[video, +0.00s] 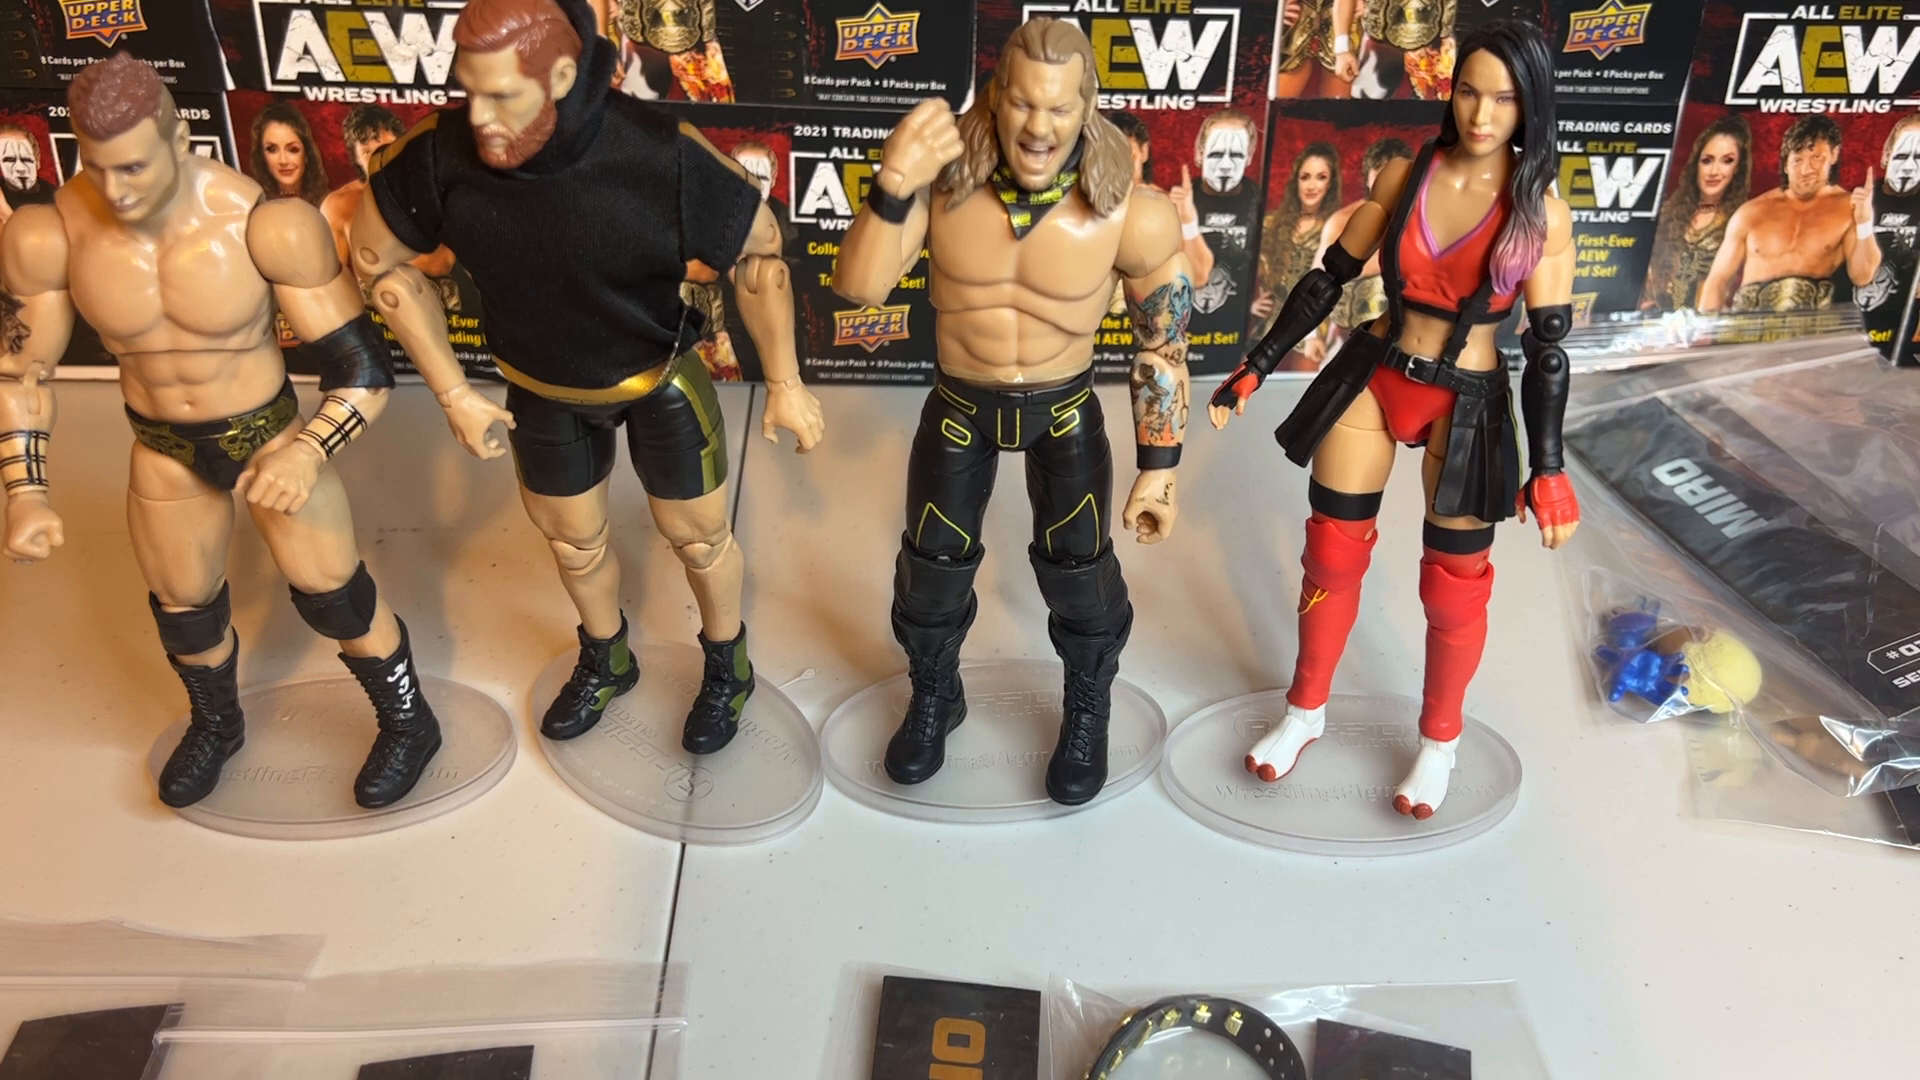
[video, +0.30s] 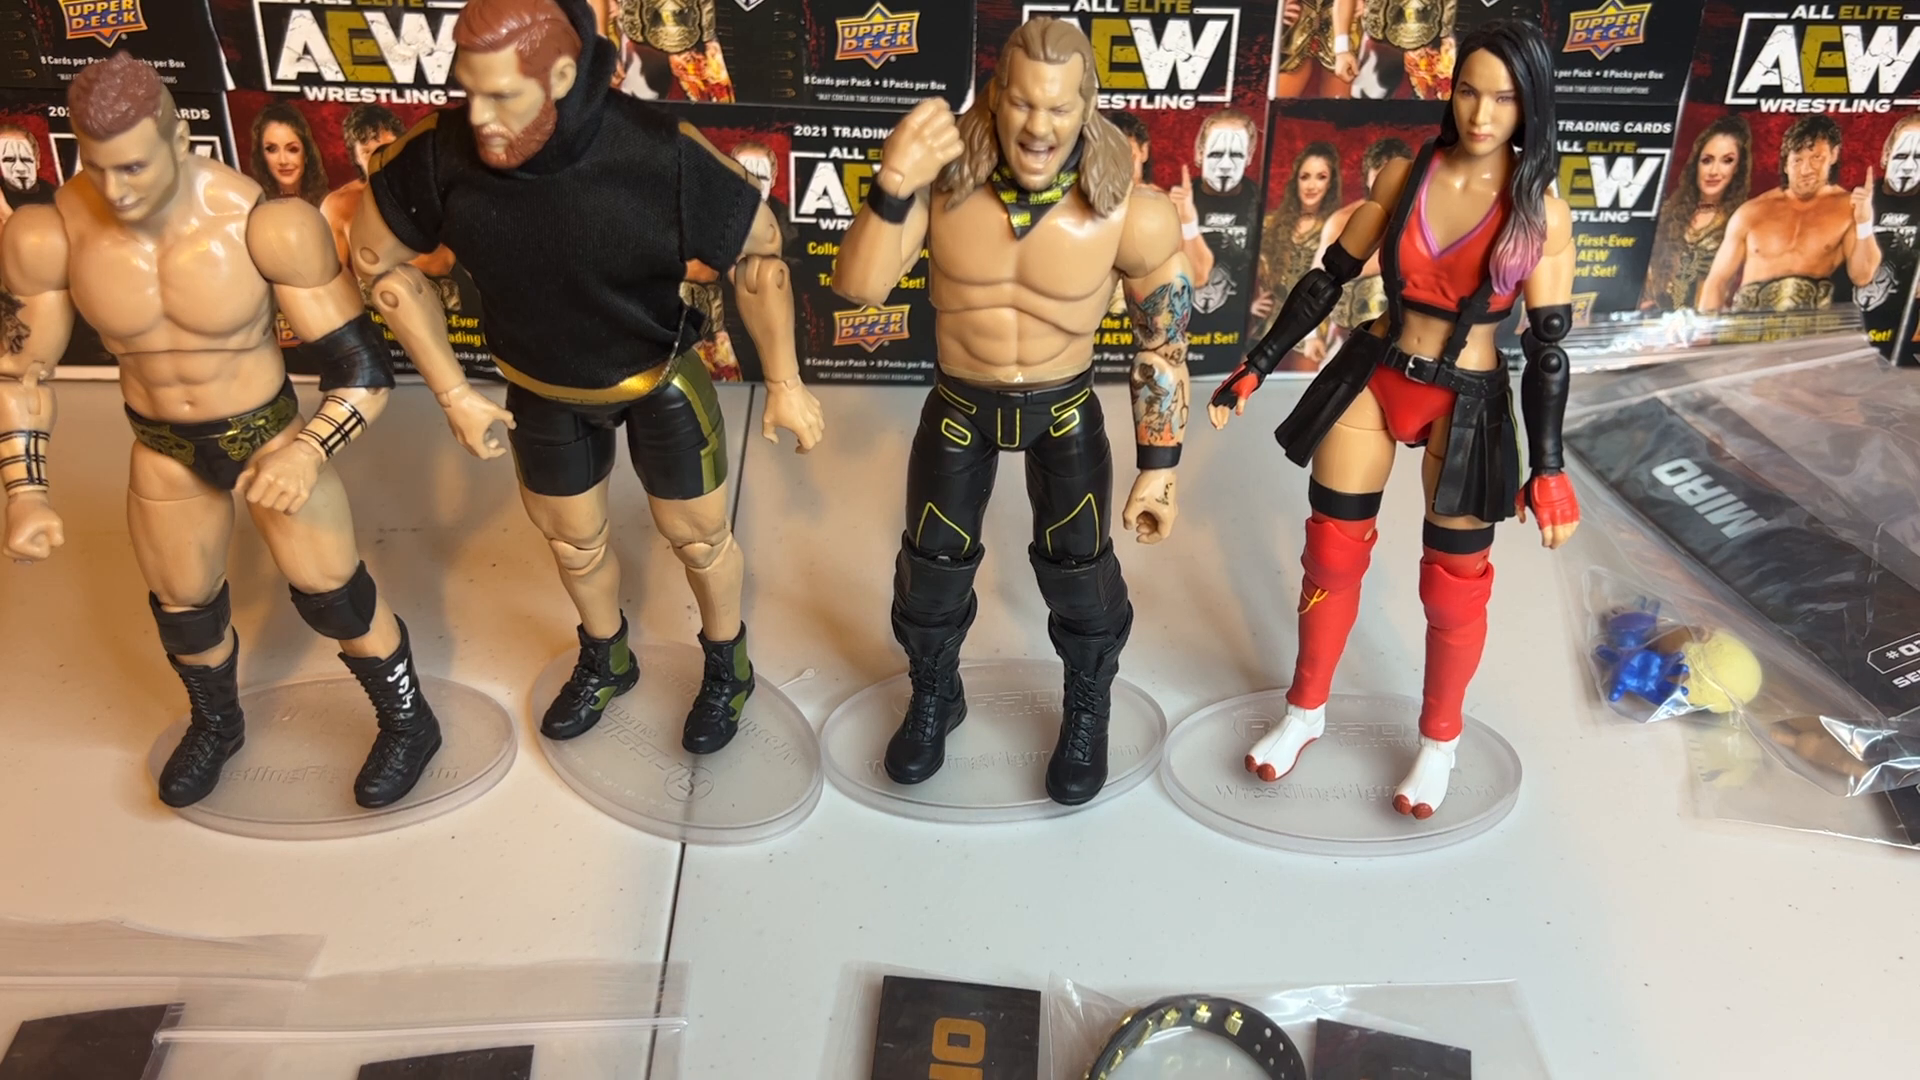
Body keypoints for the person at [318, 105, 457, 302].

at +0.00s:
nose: (379, 160)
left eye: (387, 149)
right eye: (368, 153)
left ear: (402, 147)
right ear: (356, 157)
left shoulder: (431, 191)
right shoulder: (338, 205)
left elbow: (442, 263)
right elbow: (337, 276)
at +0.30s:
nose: (379, 159)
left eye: (387, 149)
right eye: (368, 152)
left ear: (402, 146)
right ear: (355, 156)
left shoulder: (431, 190)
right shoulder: (338, 205)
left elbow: (443, 263)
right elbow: (336, 275)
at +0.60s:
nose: (379, 160)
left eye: (387, 150)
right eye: (368, 153)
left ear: (402, 147)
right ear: (355, 156)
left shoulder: (431, 191)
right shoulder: (338, 205)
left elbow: (442, 263)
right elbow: (336, 275)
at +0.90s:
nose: (379, 160)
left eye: (387, 149)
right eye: (369, 153)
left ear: (402, 147)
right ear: (356, 156)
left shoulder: (431, 191)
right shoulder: (338, 205)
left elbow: (442, 263)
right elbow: (337, 275)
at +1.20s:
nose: (379, 160)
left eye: (387, 149)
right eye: (368, 153)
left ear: (402, 147)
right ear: (355, 156)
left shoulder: (431, 192)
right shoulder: (338, 204)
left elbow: (442, 263)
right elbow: (337, 275)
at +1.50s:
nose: (380, 160)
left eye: (387, 149)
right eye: (369, 153)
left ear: (403, 147)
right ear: (356, 157)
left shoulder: (432, 190)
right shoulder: (338, 205)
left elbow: (442, 263)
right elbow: (337, 275)